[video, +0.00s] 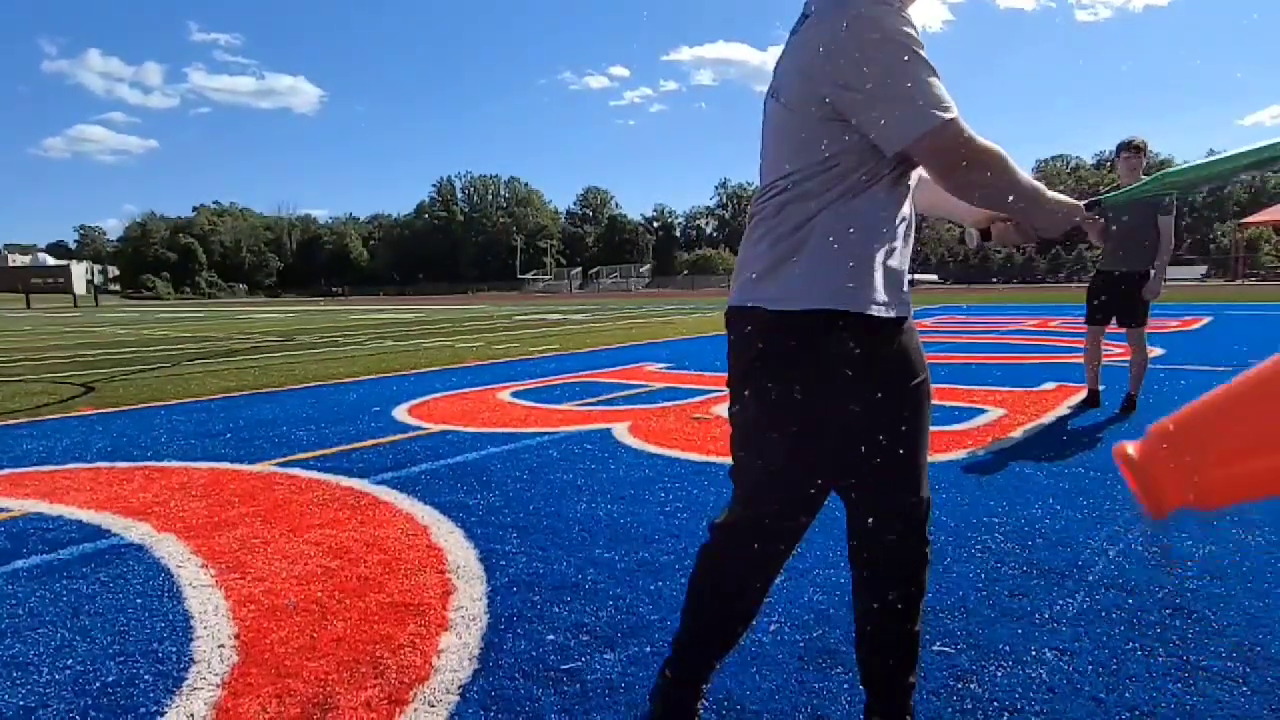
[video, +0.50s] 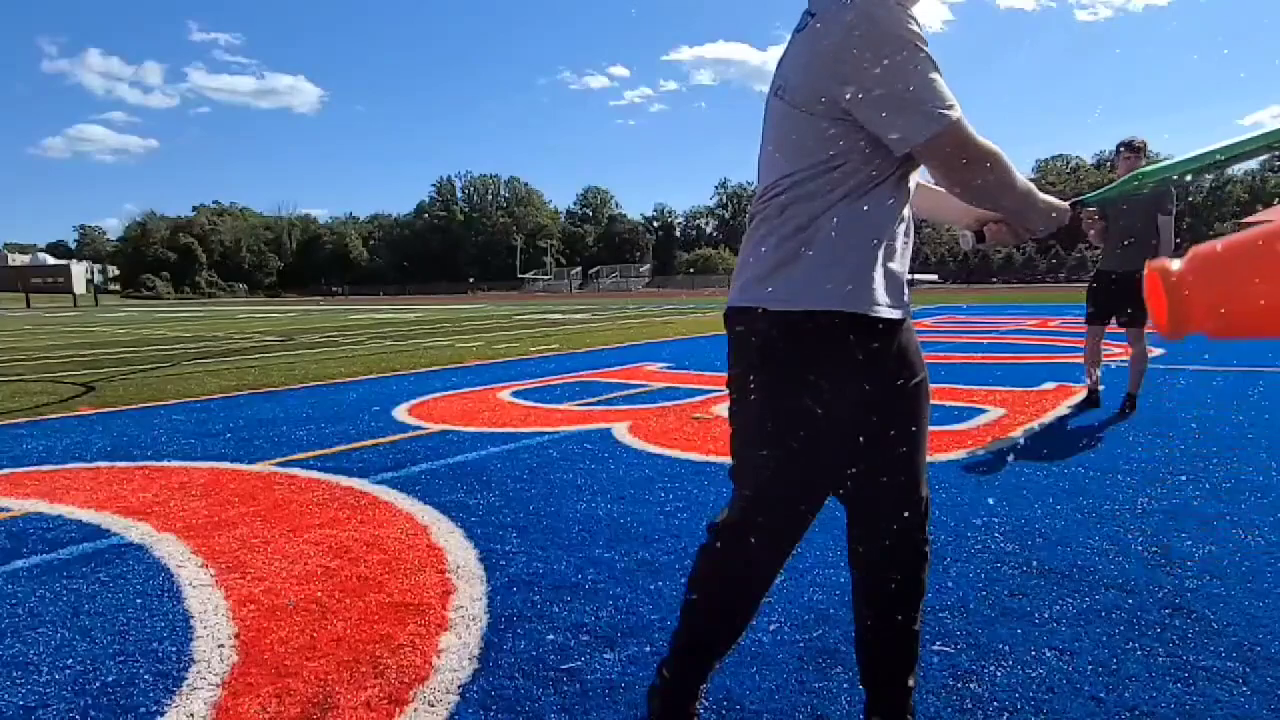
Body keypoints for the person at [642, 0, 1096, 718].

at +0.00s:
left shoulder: (818, 35)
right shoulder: (870, 25)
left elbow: (896, 180)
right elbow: (956, 157)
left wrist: (987, 216)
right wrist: (1050, 204)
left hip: (777, 319)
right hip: (850, 323)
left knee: (763, 518)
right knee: (893, 534)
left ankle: (676, 694)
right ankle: (889, 704)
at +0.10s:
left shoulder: (818, 35)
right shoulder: (870, 26)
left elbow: (898, 183)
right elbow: (961, 160)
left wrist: (987, 217)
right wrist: (1055, 206)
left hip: (776, 320)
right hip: (850, 323)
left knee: (764, 515)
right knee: (893, 532)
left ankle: (676, 693)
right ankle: (889, 707)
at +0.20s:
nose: (923, 0)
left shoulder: (820, 35)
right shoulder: (872, 26)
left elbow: (893, 182)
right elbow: (957, 155)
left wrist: (984, 216)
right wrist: (1048, 204)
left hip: (778, 320)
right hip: (849, 322)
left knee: (764, 516)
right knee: (893, 535)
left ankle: (676, 692)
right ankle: (889, 704)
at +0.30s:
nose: (924, 0)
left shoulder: (821, 35)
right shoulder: (871, 24)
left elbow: (894, 184)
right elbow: (962, 158)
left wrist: (983, 216)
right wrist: (1057, 208)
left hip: (781, 322)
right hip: (845, 323)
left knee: (765, 516)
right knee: (893, 532)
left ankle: (677, 689)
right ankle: (890, 704)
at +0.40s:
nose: (926, 1)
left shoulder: (821, 34)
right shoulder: (874, 25)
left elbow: (890, 183)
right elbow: (963, 160)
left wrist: (978, 215)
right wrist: (1057, 211)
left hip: (778, 321)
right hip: (849, 324)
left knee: (765, 514)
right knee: (893, 532)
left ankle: (676, 691)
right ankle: (890, 705)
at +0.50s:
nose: (928, 3)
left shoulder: (820, 36)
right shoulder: (874, 26)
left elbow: (895, 182)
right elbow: (961, 158)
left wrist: (977, 217)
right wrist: (1052, 211)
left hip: (775, 321)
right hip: (847, 323)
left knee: (764, 515)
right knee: (892, 533)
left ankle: (674, 691)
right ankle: (889, 704)